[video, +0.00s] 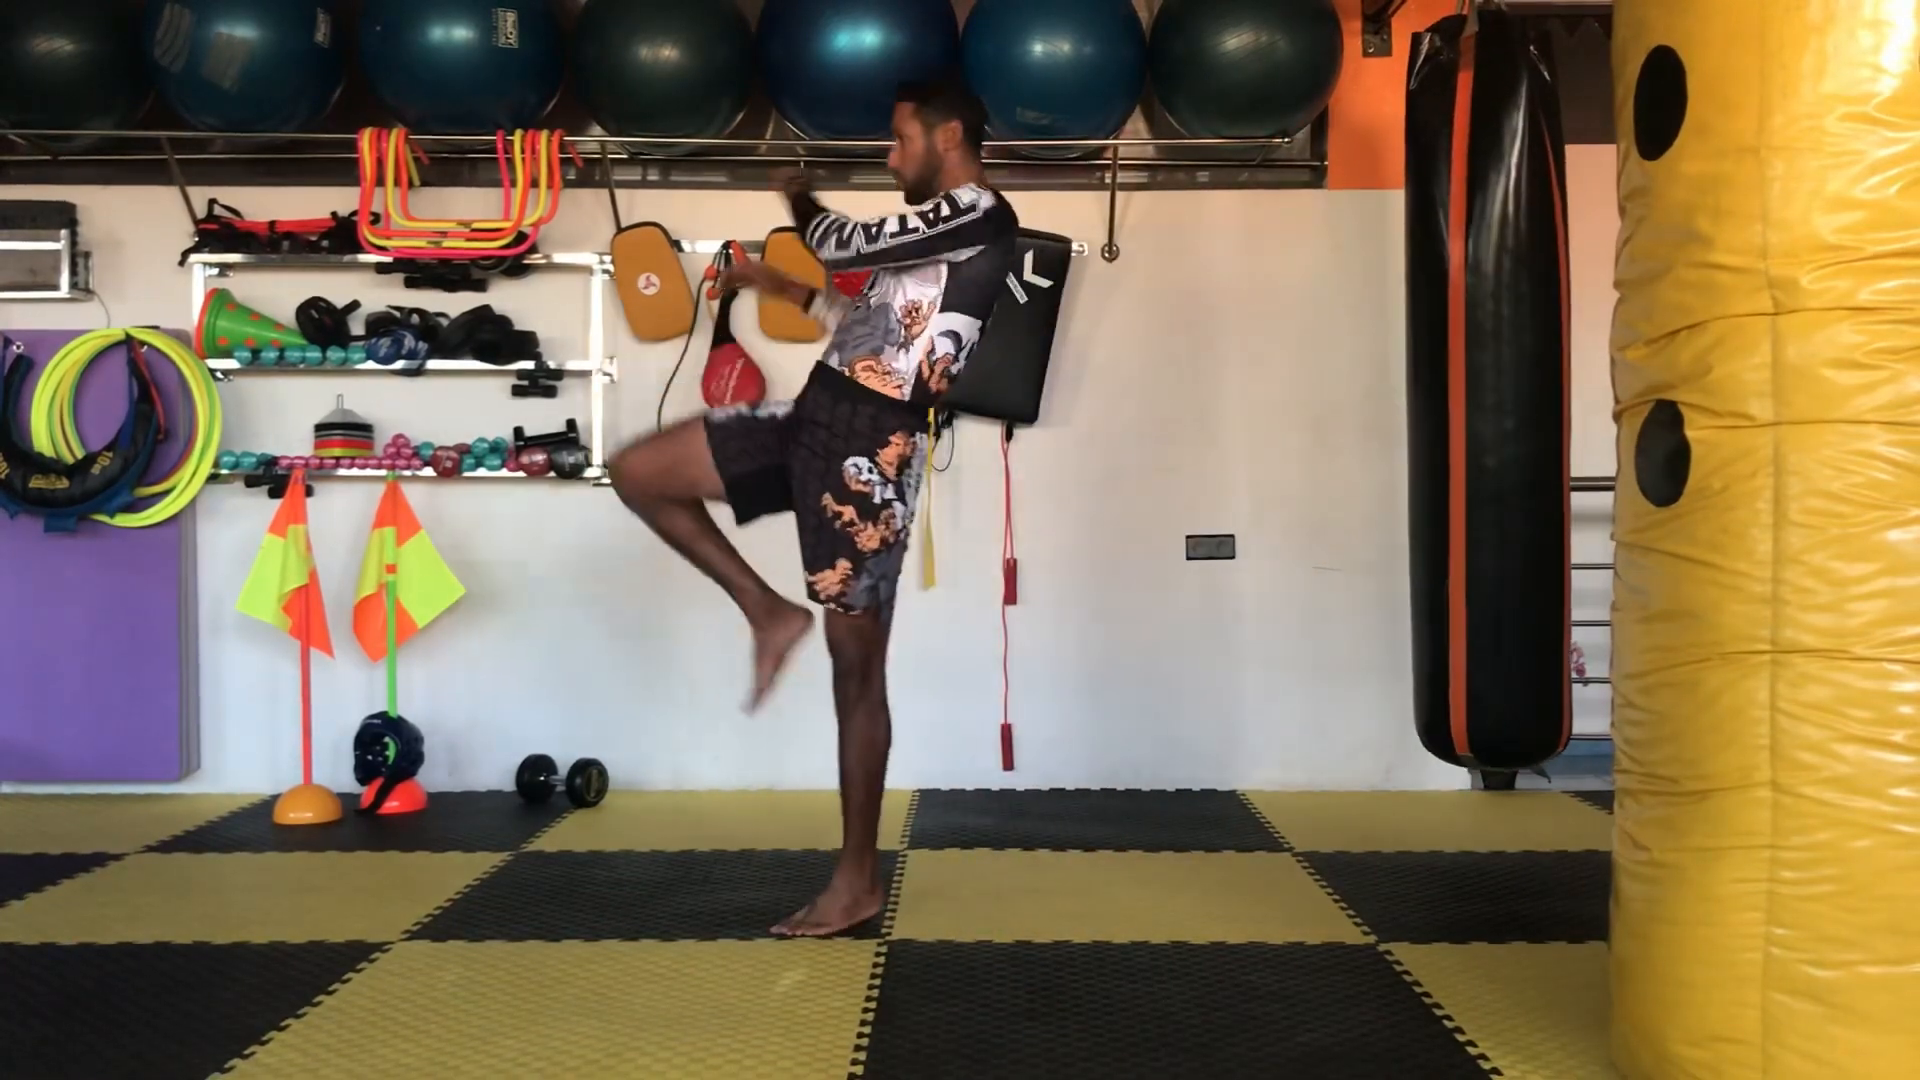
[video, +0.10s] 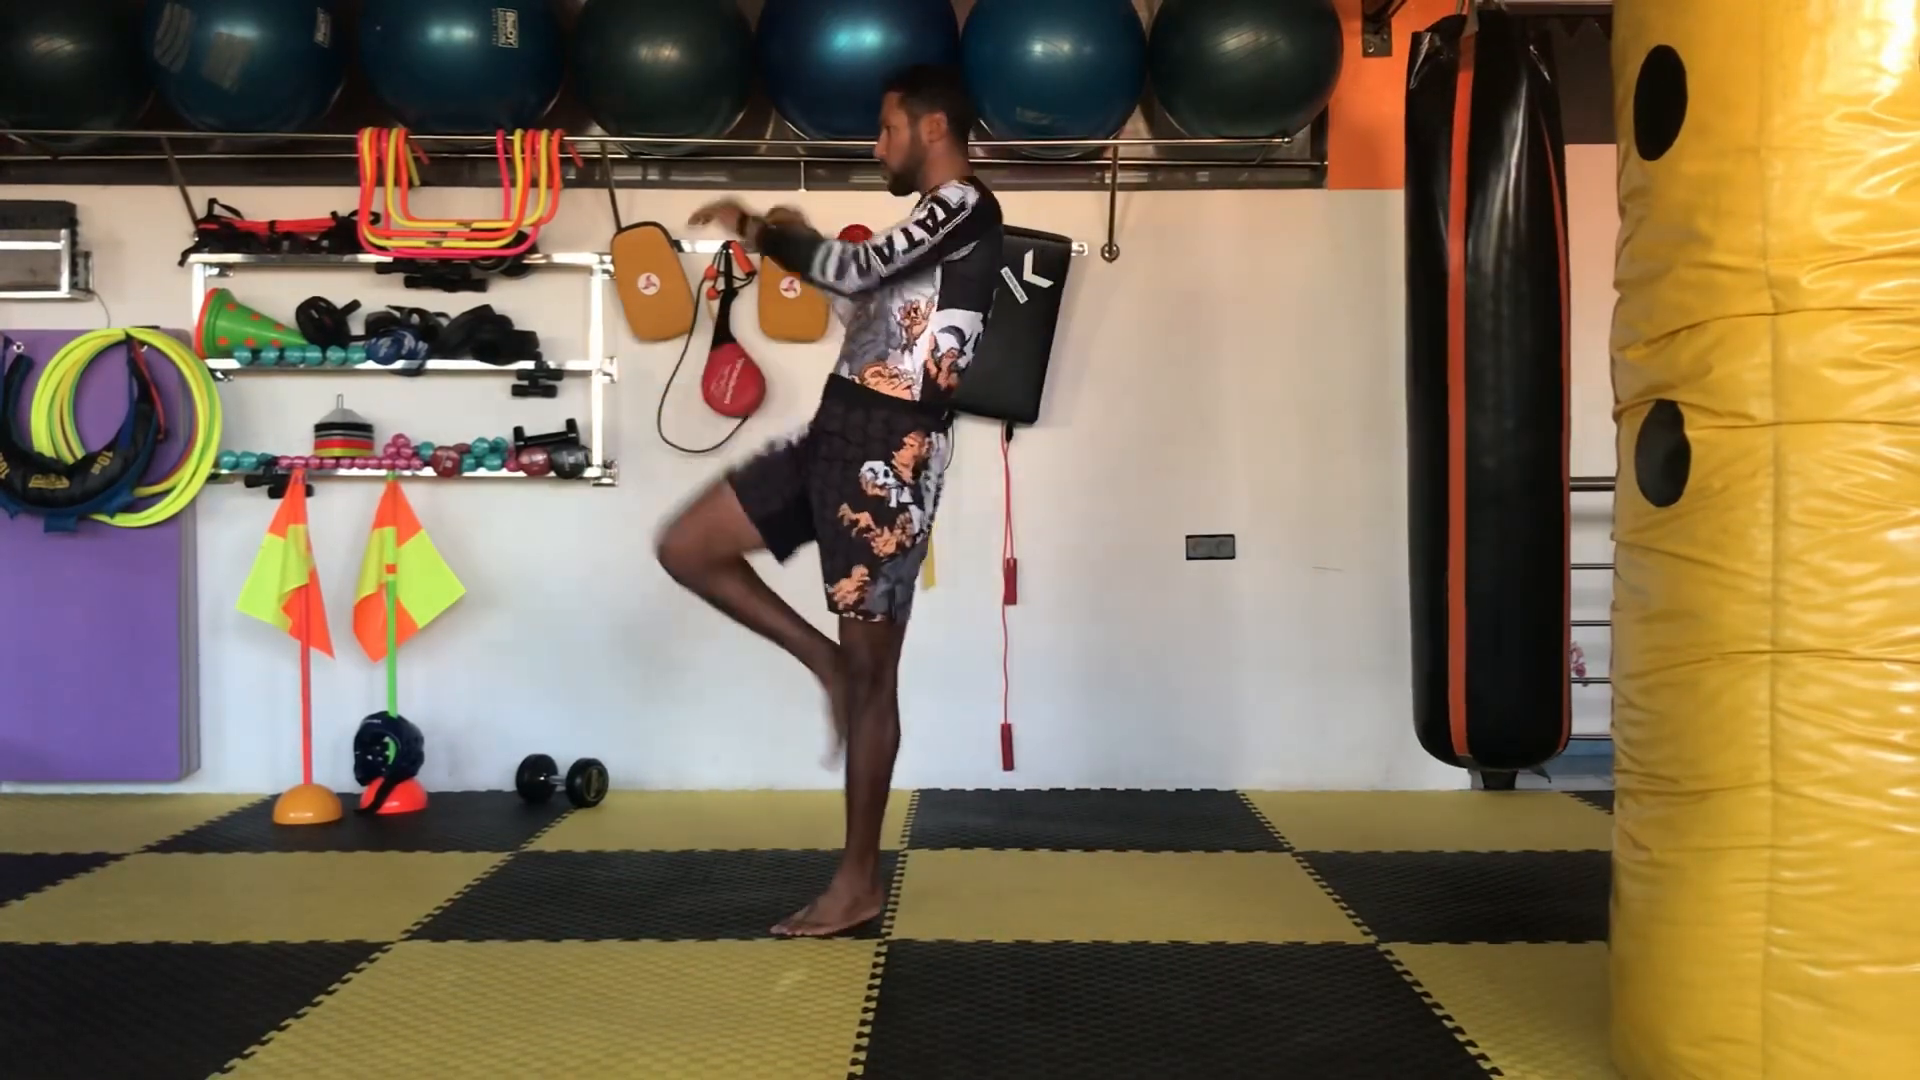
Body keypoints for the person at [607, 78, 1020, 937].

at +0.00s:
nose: (892, 155)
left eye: (901, 138)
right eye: (892, 140)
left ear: (948, 137)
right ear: (947, 138)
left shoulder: (977, 218)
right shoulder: (921, 223)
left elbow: (847, 248)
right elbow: (856, 301)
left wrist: (799, 202)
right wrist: (779, 283)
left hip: (870, 447)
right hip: (810, 423)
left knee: (857, 669)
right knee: (638, 471)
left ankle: (858, 877)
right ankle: (768, 612)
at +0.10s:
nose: (877, 144)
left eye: (886, 126)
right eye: (879, 128)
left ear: (935, 128)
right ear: (934, 133)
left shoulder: (960, 208)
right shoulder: (929, 213)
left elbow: (854, 270)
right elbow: (866, 287)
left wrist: (764, 227)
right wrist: (798, 239)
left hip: (886, 452)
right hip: (836, 439)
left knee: (867, 667)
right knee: (687, 547)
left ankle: (858, 878)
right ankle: (832, 665)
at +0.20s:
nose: (873, 144)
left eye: (882, 128)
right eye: (875, 129)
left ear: (924, 128)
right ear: (930, 131)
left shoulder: (947, 208)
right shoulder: (941, 214)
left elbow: (897, 311)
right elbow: (892, 323)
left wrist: (761, 298)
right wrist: (846, 250)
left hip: (900, 457)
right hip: (864, 449)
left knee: (870, 673)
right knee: (770, 615)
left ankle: (858, 884)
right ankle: (938, 717)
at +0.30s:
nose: (881, 145)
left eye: (889, 129)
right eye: (882, 130)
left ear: (931, 132)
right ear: (942, 136)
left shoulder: (947, 214)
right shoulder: (957, 218)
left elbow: (956, 341)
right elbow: (889, 333)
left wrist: (817, 361)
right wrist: (869, 246)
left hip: (909, 453)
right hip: (917, 451)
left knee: (864, 666)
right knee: (882, 657)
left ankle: (859, 886)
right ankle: (1040, 760)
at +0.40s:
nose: (901, 153)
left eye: (907, 137)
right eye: (902, 138)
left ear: (949, 139)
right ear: (965, 142)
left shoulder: (963, 227)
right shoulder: (987, 225)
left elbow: (993, 366)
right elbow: (934, 354)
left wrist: (862, 397)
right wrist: (896, 263)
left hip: (937, 459)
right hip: (967, 460)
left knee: (860, 663)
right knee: (980, 661)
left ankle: (860, 887)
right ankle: (1129, 811)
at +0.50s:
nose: (926, 169)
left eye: (932, 152)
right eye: (926, 154)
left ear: (973, 151)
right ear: (993, 154)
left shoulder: (987, 243)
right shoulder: (1032, 236)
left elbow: (1010, 385)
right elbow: (959, 359)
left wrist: (887, 398)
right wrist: (927, 277)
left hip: (983, 468)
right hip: (1022, 467)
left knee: (863, 667)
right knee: (1057, 682)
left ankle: (863, 889)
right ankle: (1184, 860)